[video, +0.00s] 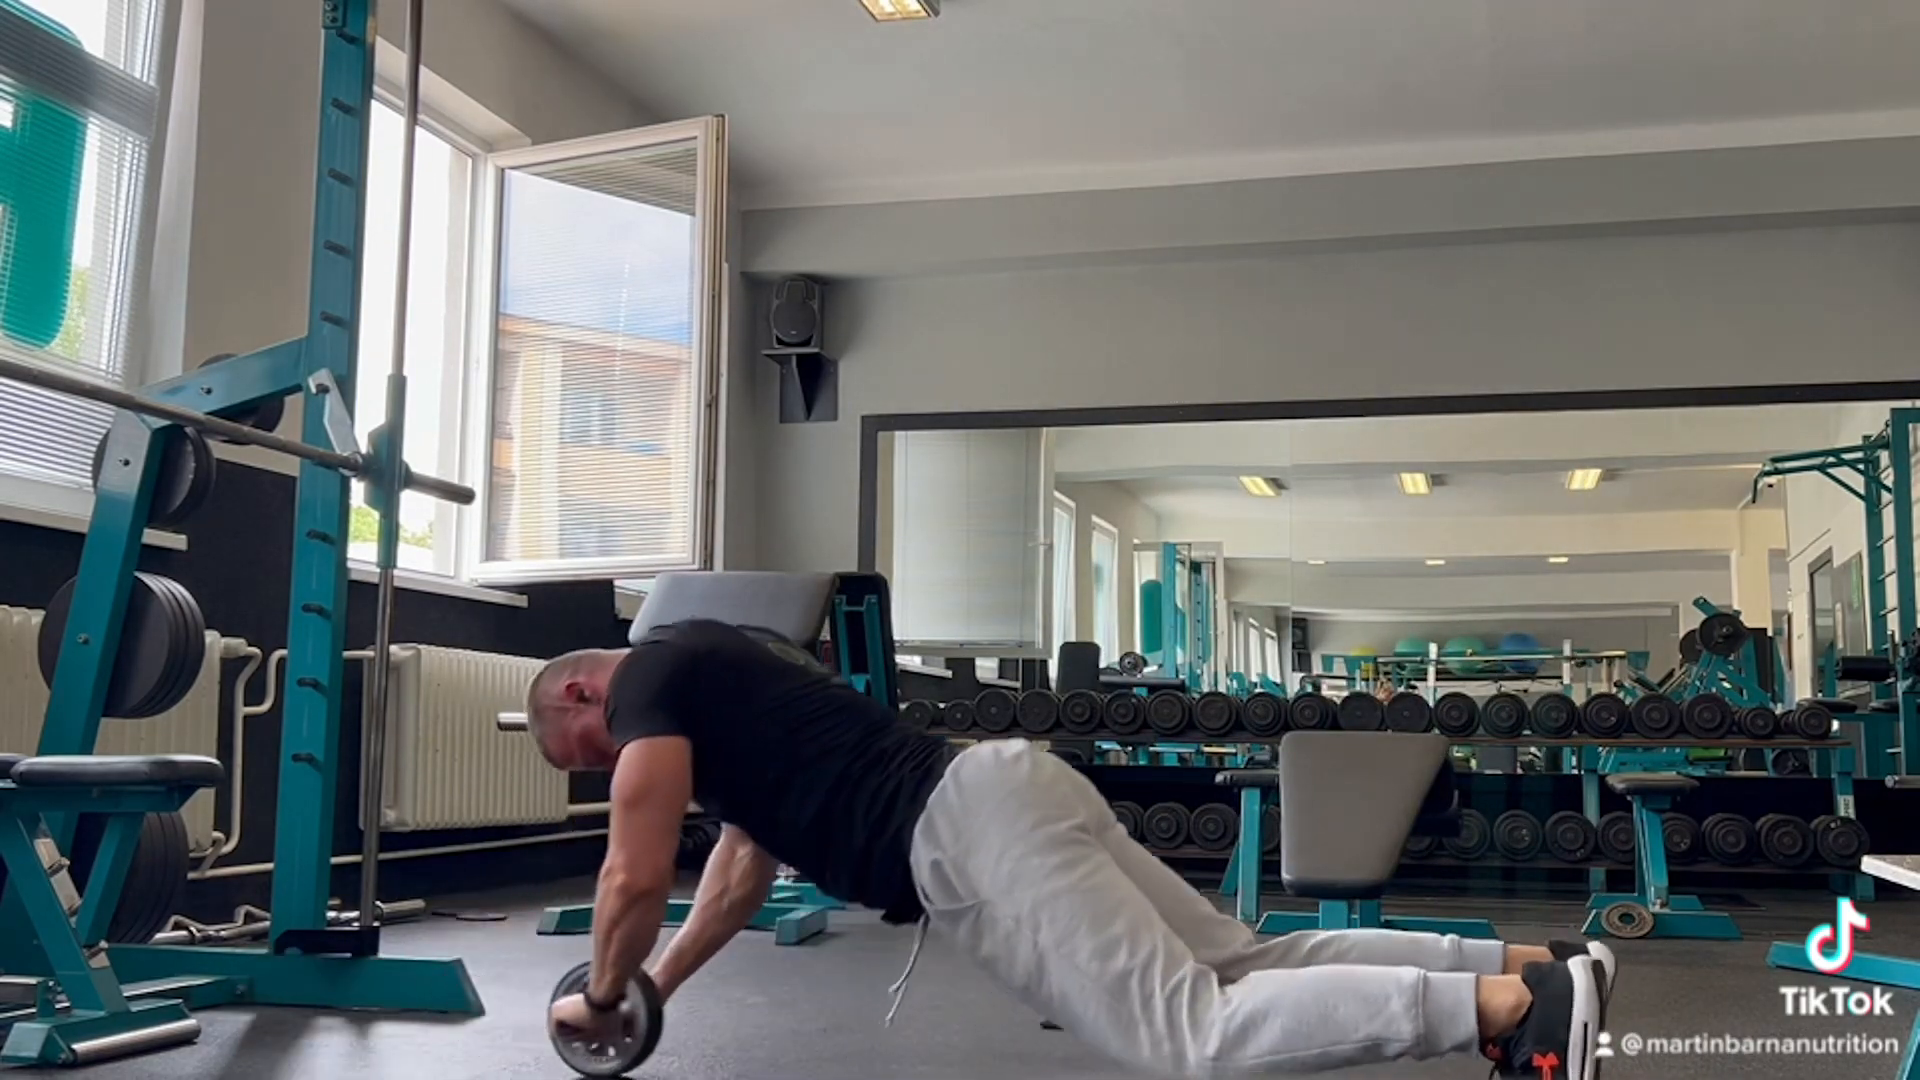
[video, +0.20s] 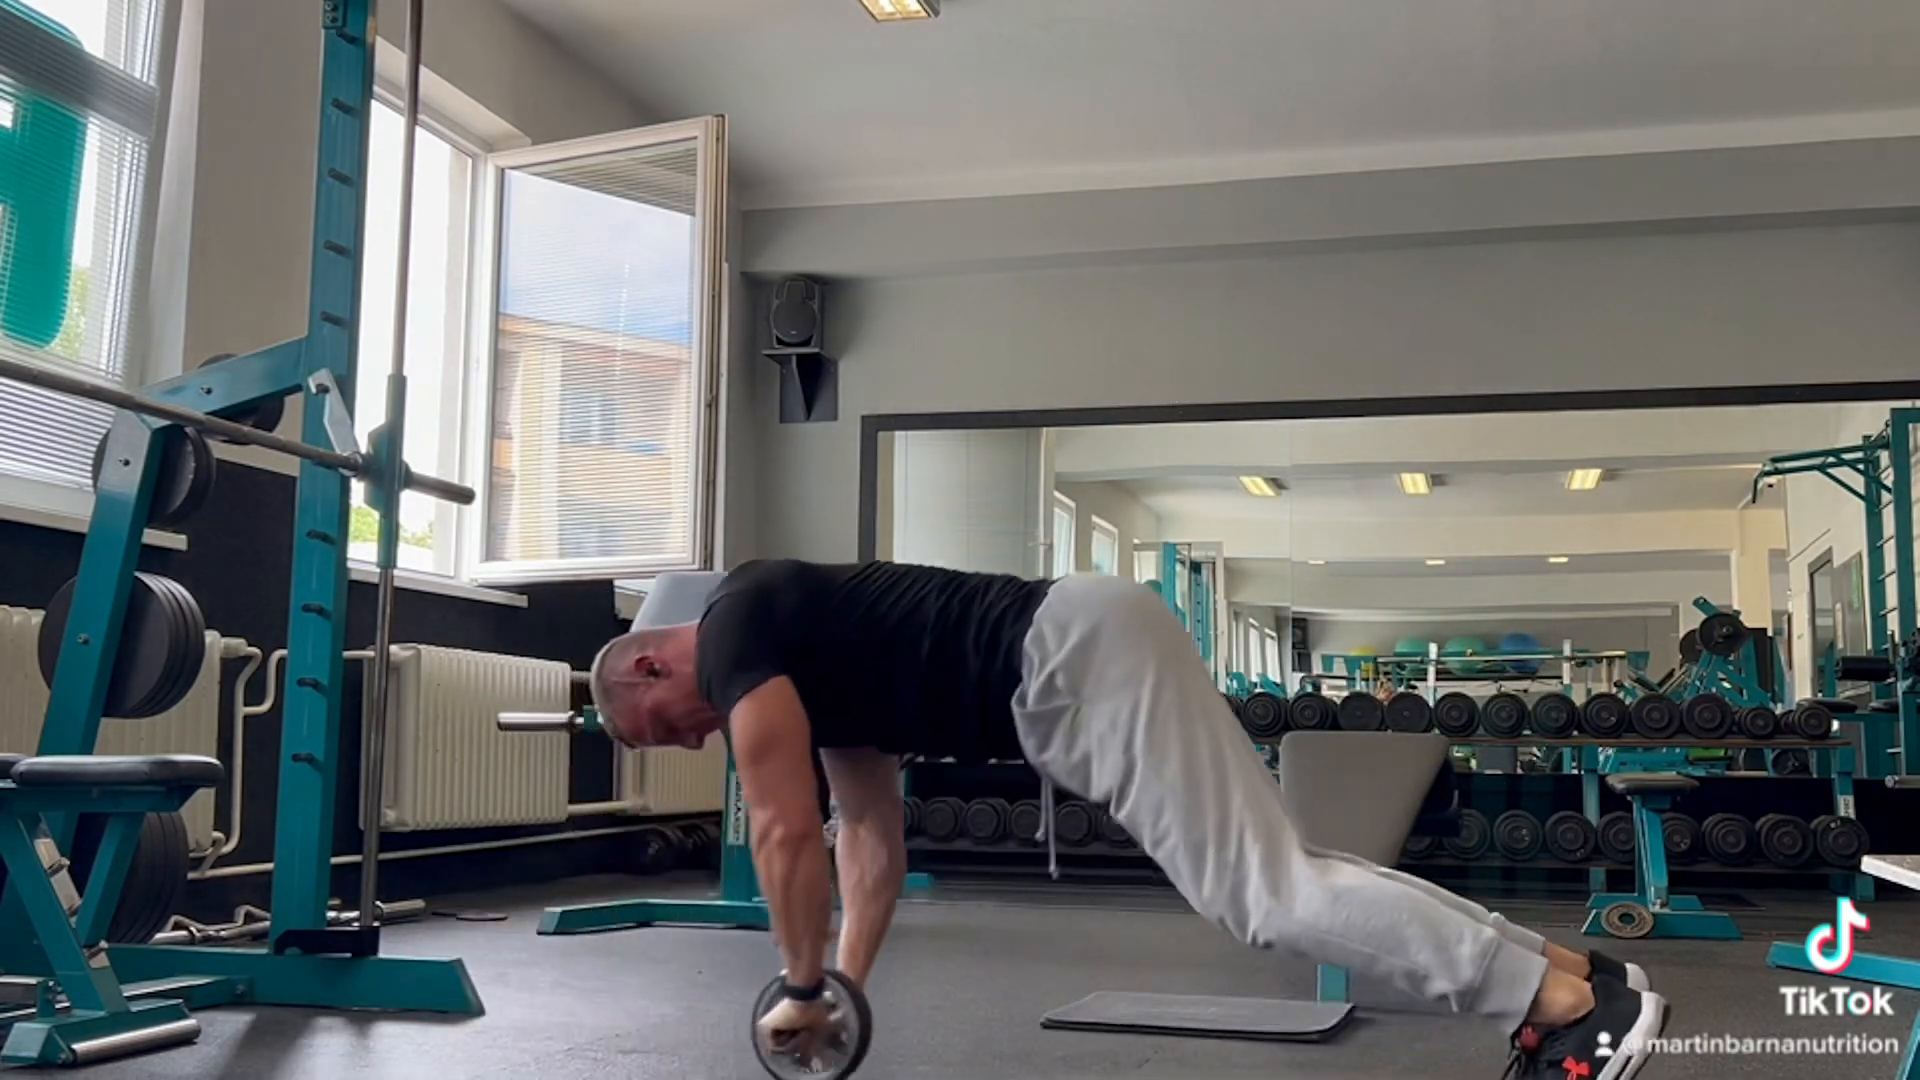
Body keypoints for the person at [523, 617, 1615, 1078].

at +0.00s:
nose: (592, 774)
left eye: (574, 752)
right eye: (582, 769)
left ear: (577, 690)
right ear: (608, 689)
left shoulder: (655, 671)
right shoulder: (720, 684)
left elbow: (636, 873)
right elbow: (728, 886)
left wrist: (604, 987)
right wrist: (641, 992)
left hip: (969, 817)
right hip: (1004, 786)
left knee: (1185, 1029)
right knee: (1240, 962)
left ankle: (1509, 1009)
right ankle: (1512, 978)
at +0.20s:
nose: (673, 737)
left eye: (653, 725)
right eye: (662, 741)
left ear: (645, 660)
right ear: (673, 671)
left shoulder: (736, 624)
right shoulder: (811, 661)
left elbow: (783, 819)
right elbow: (863, 833)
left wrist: (805, 976)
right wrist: (842, 984)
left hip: (1075, 648)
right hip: (1085, 656)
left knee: (1260, 892)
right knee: (1266, 881)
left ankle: (1563, 992)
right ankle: (1553, 980)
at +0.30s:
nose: (742, 747)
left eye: (716, 733)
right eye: (721, 744)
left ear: (713, 665)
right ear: (731, 665)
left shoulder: (809, 625)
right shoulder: (855, 639)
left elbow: (879, 830)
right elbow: (940, 834)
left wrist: (900, 985)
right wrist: (925, 980)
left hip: (1141, 579)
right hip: (1150, 579)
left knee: (1289, 831)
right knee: (1298, 825)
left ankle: (1563, 989)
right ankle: (1557, 979)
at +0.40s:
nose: (831, 755)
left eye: (799, 739)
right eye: (805, 747)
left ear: (800, 674)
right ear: (813, 660)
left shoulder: (902, 620)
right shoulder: (947, 629)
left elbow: (988, 832)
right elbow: (1049, 831)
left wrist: (1033, 989)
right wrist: (1061, 989)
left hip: (1214, 539)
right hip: (1224, 531)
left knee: (1332, 816)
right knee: (1339, 810)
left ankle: (1577, 1008)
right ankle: (1576, 992)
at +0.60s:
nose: (961, 797)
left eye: (941, 775)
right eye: (941, 788)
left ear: (968, 710)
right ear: (974, 708)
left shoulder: (1061, 654)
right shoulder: (1063, 646)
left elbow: (1192, 838)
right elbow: (1197, 831)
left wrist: (1241, 1003)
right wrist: (1243, 993)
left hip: (1351, 498)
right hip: (1356, 499)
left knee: (1402, 784)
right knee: (1417, 778)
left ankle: (1602, 1021)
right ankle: (1589, 1011)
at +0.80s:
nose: (1051, 804)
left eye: (1039, 776)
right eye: (1033, 790)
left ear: (1075, 718)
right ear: (1082, 715)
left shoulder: (1164, 668)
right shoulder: (1184, 670)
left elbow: (1320, 852)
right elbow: (1349, 842)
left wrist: (1417, 1015)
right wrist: (1425, 1005)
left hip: (1447, 486)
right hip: (1452, 488)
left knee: (1459, 777)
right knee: (1462, 778)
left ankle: (1631, 1041)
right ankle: (1617, 1026)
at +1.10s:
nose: (982, 765)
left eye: (969, 740)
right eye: (965, 750)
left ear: (1010, 683)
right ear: (1015, 677)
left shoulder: (1097, 648)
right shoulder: (1146, 650)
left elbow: (1212, 848)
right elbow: (1272, 828)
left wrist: (1275, 1016)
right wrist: (1298, 1000)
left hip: (1400, 494)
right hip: (1417, 486)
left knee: (1432, 795)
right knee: (1460, 790)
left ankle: (1627, 1043)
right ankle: (1616, 1030)